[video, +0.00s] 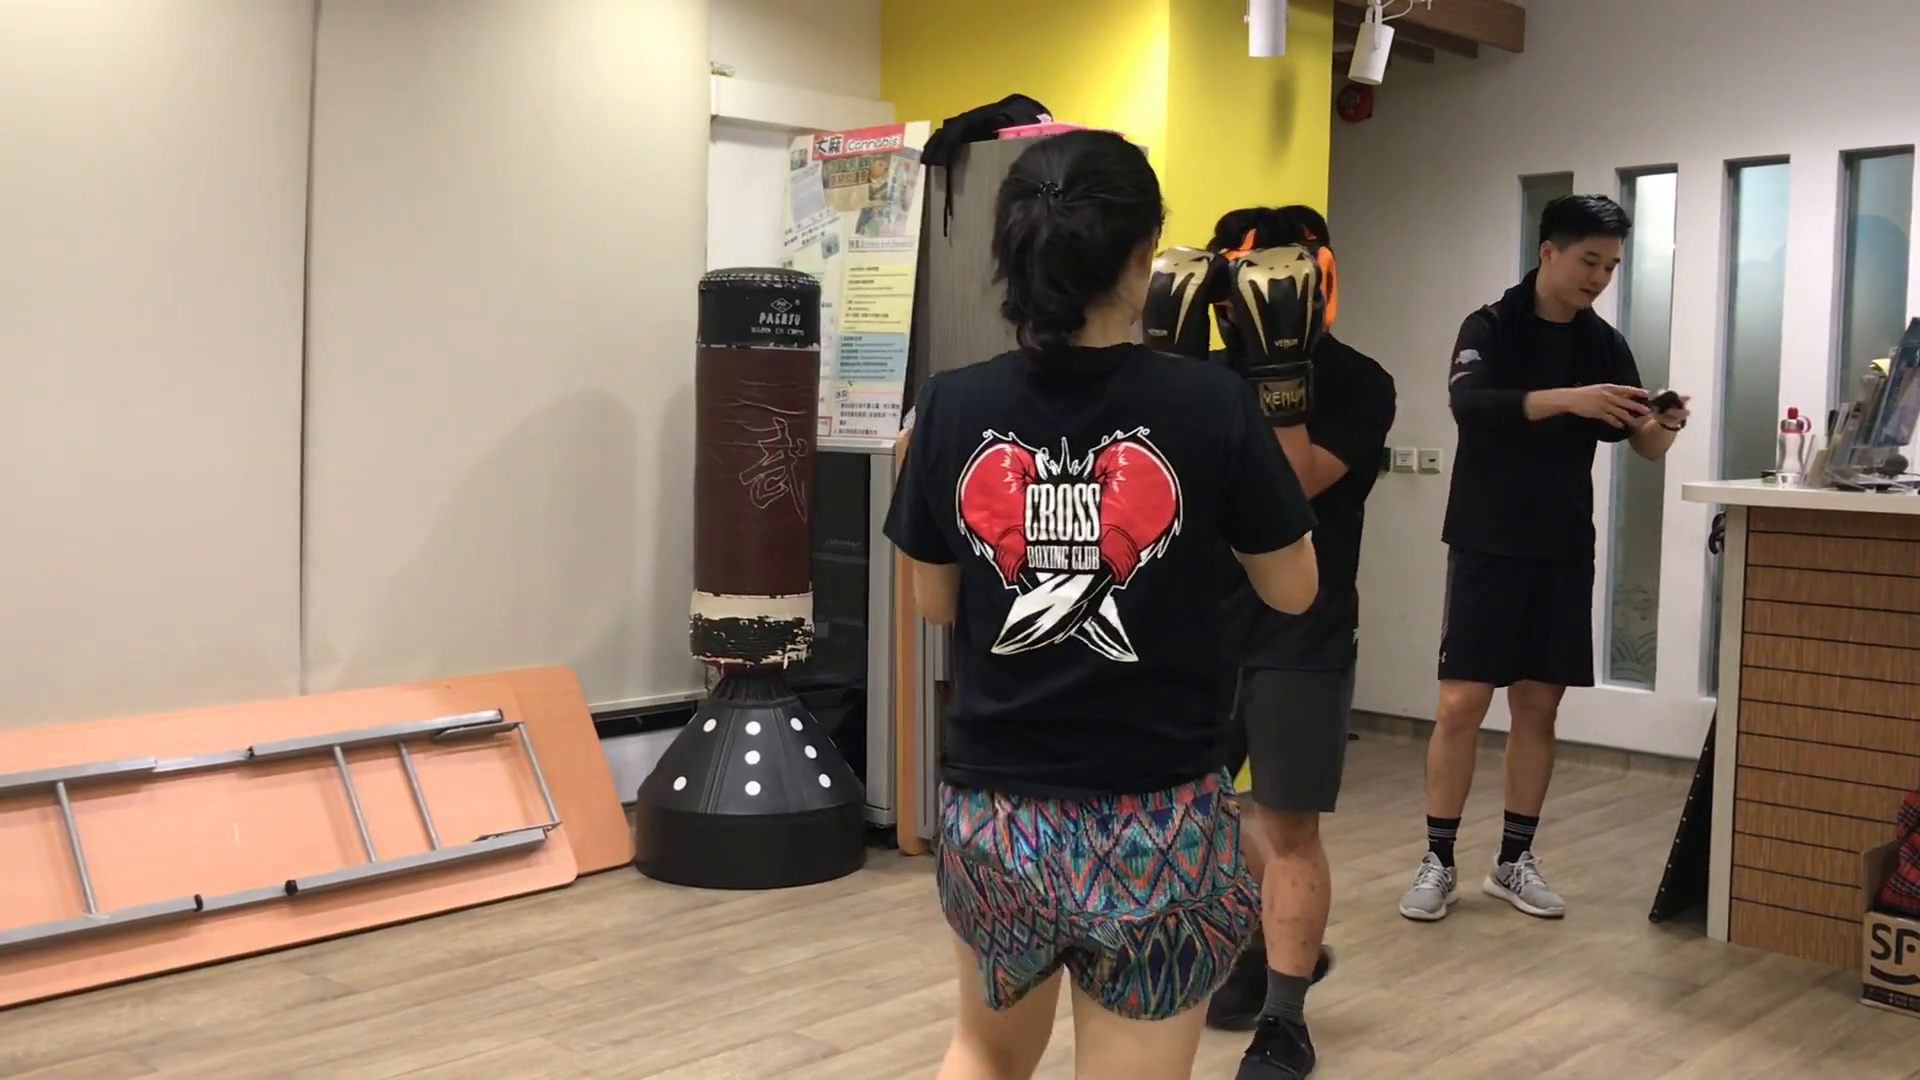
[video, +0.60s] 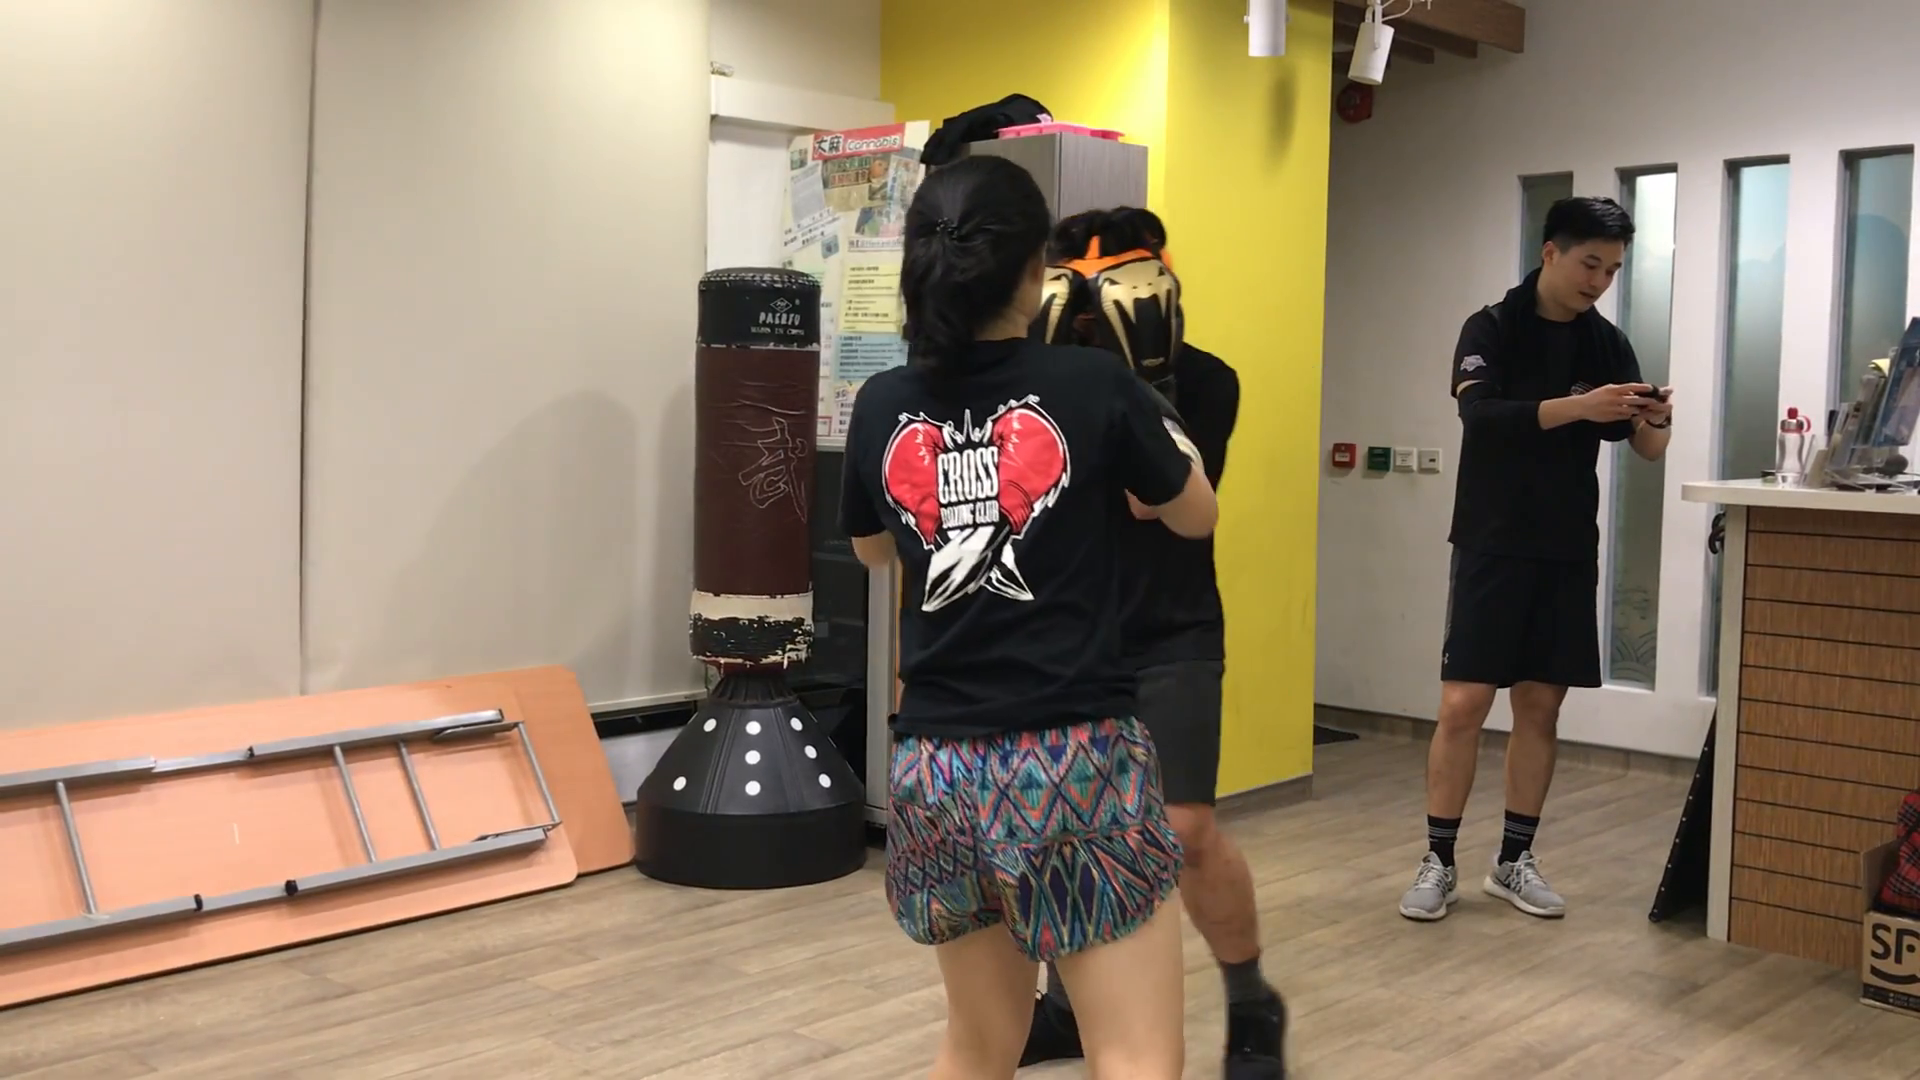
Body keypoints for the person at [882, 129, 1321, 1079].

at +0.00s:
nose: (1157, 249)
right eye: (1157, 232)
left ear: (1011, 247)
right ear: (1146, 252)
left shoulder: (956, 406)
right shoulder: (1211, 403)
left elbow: (931, 598)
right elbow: (1293, 584)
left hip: (996, 812)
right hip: (1163, 820)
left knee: (986, 1050)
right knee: (1134, 1064)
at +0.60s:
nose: (1050, 268)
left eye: (1040, 250)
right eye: (1044, 250)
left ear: (917, 260)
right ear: (1034, 262)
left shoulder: (883, 404)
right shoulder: (1093, 385)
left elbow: (875, 551)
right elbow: (1194, 511)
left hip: (936, 762)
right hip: (1081, 754)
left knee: (977, 1044)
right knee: (1136, 1056)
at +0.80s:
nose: (1032, 269)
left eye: (1024, 254)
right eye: (1026, 253)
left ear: (901, 267)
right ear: (1018, 266)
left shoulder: (872, 403)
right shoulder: (1074, 374)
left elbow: (901, 501)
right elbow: (1159, 445)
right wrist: (1118, 360)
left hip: (924, 744)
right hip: (1065, 735)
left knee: (971, 1039)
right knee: (1126, 1045)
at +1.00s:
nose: (1027, 265)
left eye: (1021, 251)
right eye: (1022, 250)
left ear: (898, 260)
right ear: (1010, 261)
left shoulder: (867, 403)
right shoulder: (1060, 370)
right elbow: (1154, 441)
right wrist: (1090, 359)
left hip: (924, 742)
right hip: (1060, 731)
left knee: (975, 1036)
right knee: (1108, 1048)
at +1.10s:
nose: (1026, 265)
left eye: (1021, 247)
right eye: (1021, 247)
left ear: (902, 257)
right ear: (1007, 257)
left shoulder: (865, 398)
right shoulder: (1060, 371)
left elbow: (857, 533)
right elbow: (1175, 470)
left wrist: (948, 514)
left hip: (928, 750)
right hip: (1065, 738)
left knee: (977, 1036)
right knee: (1118, 1048)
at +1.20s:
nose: (1036, 270)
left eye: (1031, 252)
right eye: (1033, 252)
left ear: (906, 257)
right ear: (1019, 263)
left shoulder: (863, 405)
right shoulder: (1066, 384)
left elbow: (838, 576)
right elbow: (1194, 519)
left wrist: (939, 547)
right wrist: (1097, 536)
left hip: (927, 759)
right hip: (1067, 746)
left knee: (977, 1042)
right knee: (1131, 1053)